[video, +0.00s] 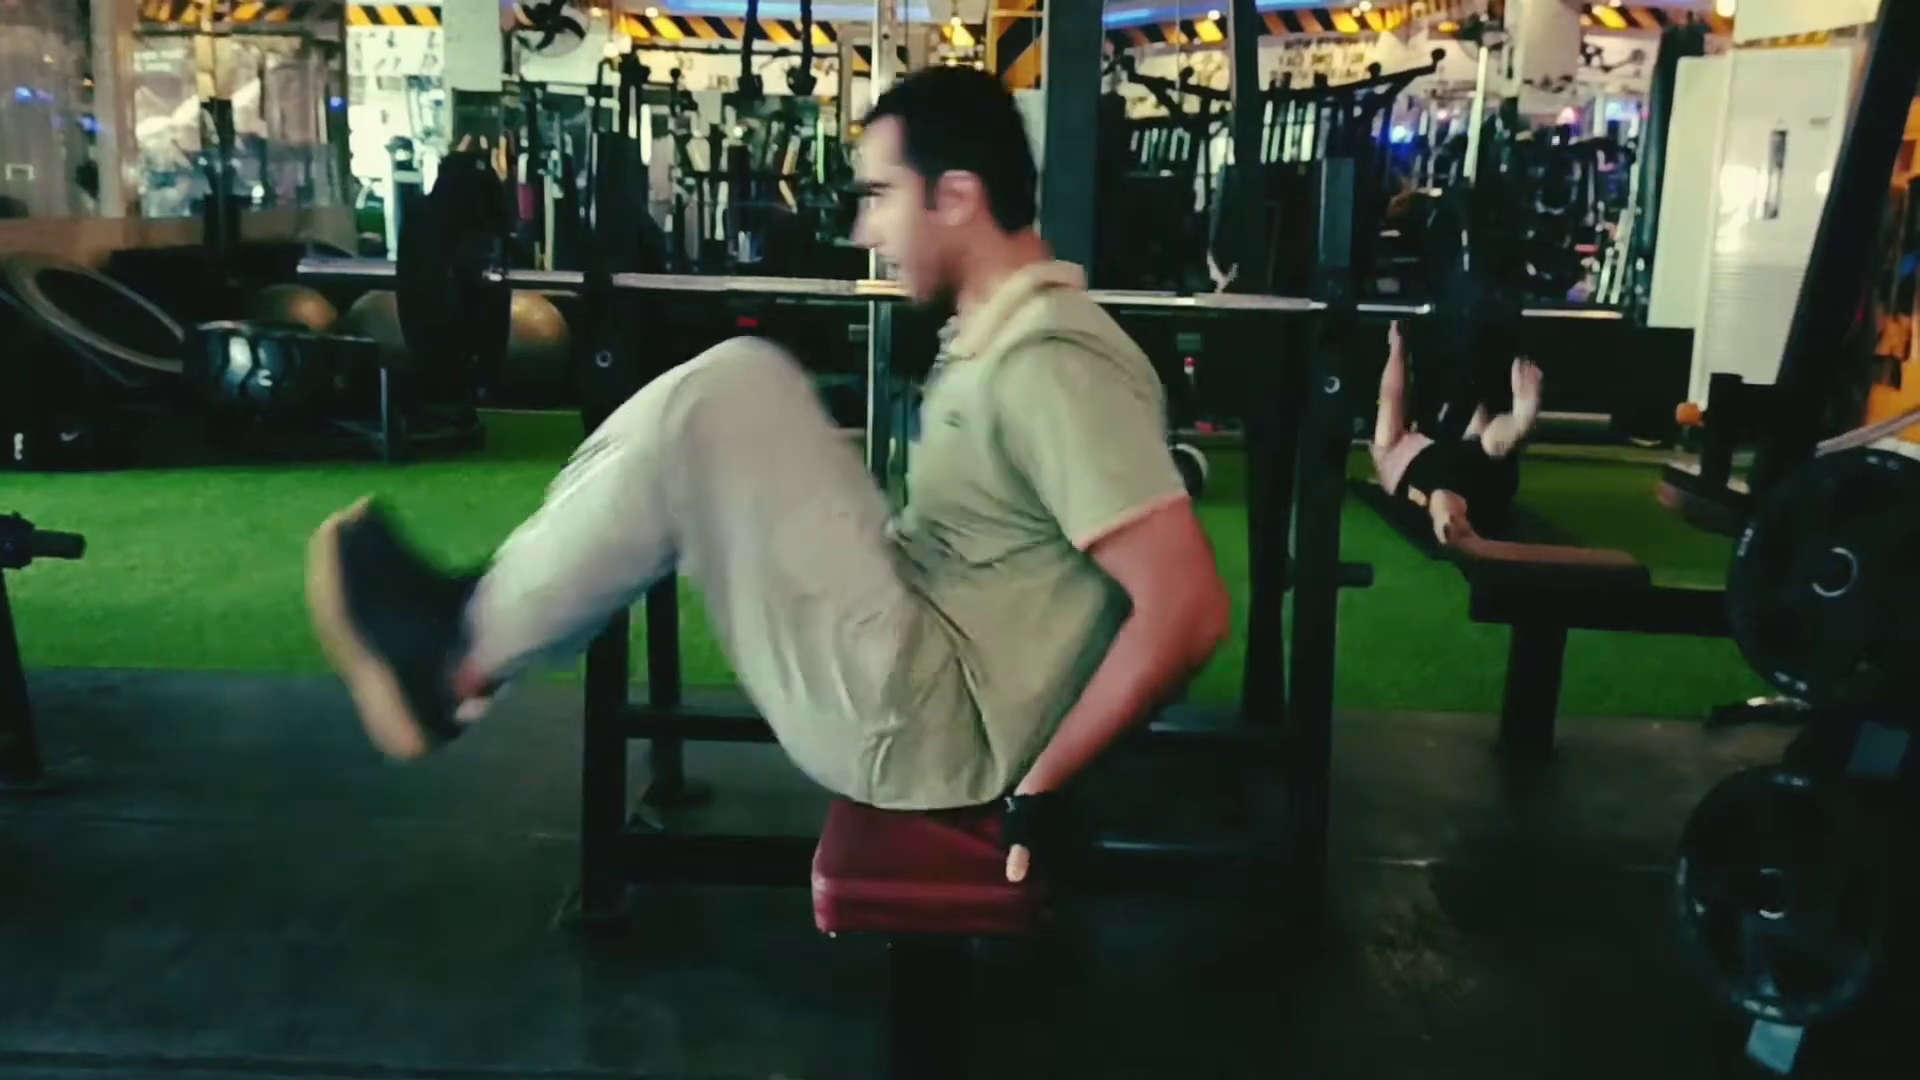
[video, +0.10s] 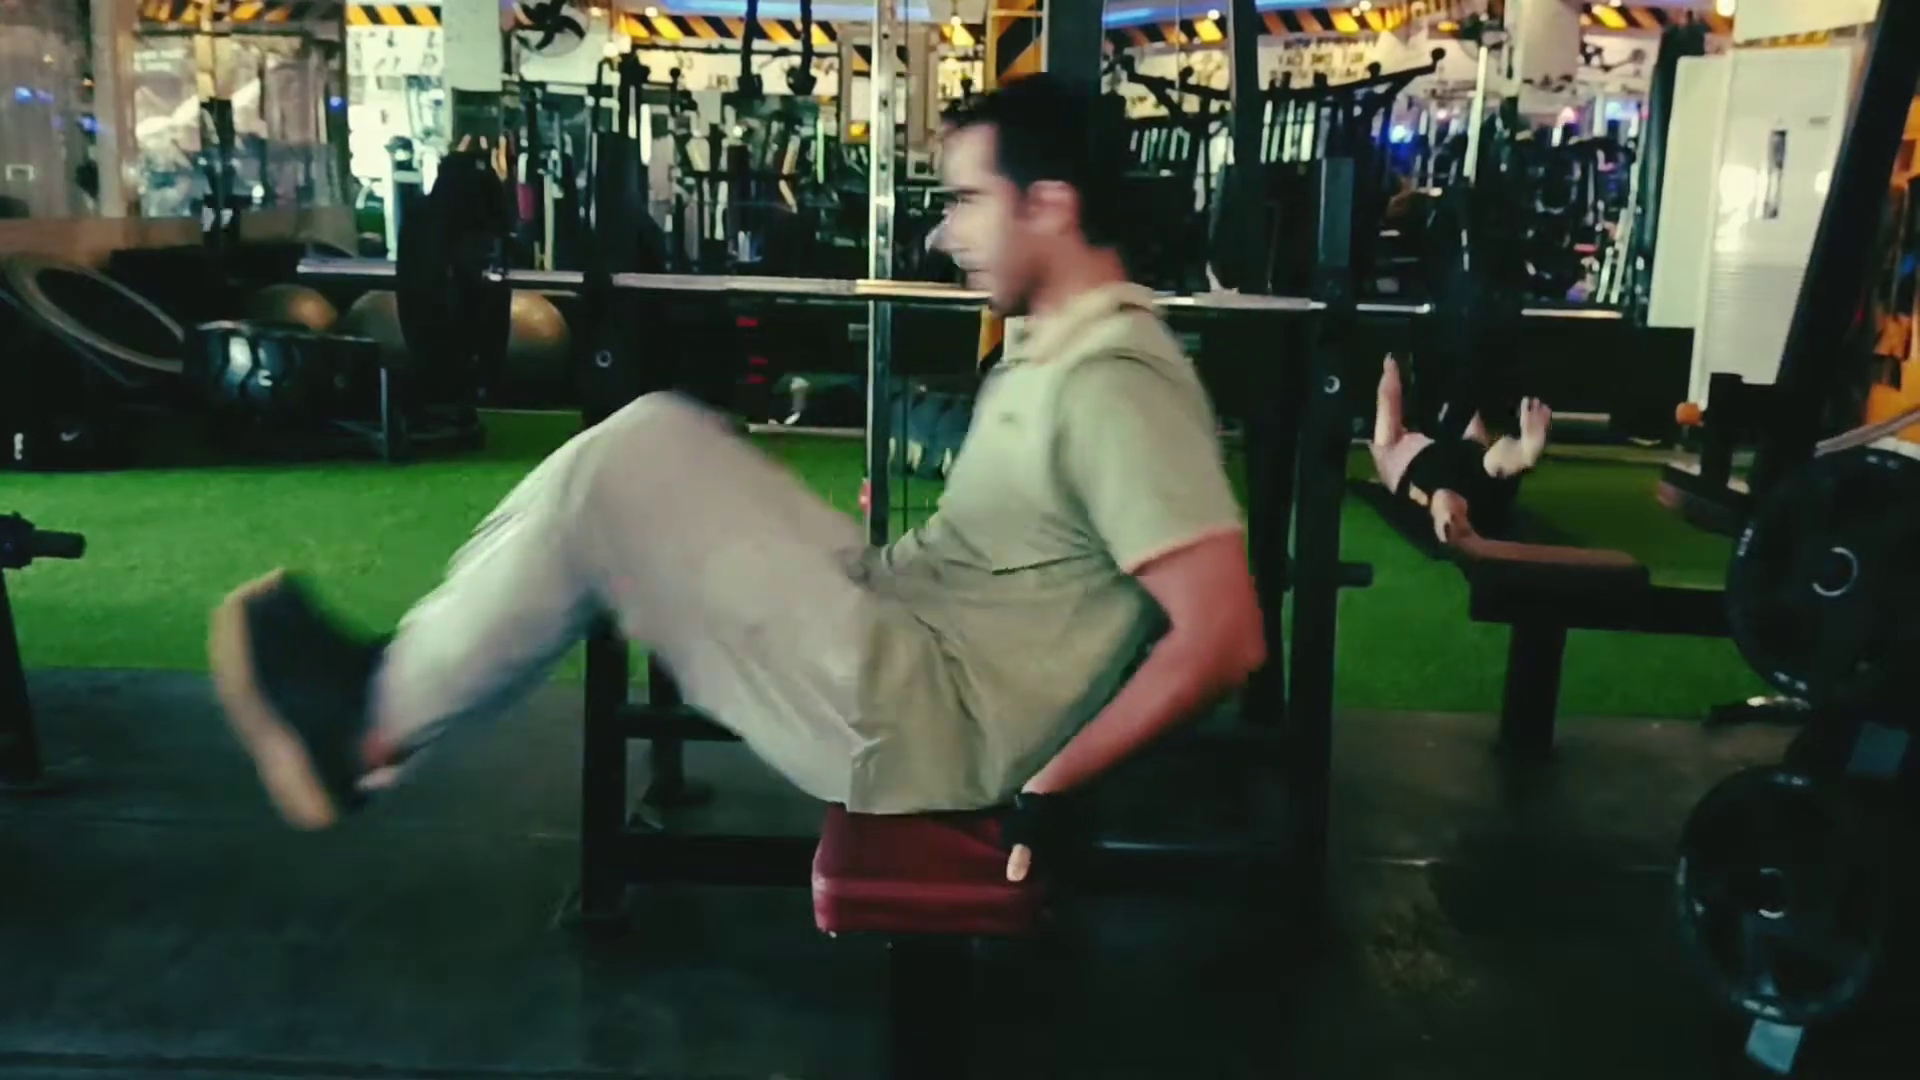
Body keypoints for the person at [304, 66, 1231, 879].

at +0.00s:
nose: (862, 232)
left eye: (876, 198)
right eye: (862, 201)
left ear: (958, 199)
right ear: (959, 200)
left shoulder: (1050, 354)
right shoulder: (1002, 337)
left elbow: (1184, 609)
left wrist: (1029, 790)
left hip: (936, 728)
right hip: (911, 698)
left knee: (734, 389)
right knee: (719, 389)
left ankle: (460, 665)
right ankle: (463, 637)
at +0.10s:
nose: (946, 232)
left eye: (963, 201)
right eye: (948, 204)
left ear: (1056, 207)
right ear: (1048, 210)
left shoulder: (1114, 373)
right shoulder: (1062, 347)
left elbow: (1221, 635)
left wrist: (1035, 785)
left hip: (934, 723)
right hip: (907, 661)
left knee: (633, 463)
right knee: (653, 436)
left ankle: (360, 738)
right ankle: (383, 699)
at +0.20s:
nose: (1044, 254)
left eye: (1063, 224)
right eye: (1044, 225)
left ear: (1150, 235)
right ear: (1132, 236)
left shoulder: (1179, 406)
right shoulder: (1126, 368)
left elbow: (1253, 670)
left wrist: (1058, 788)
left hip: (924, 706)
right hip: (896, 640)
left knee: (568, 552)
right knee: (578, 534)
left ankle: (262, 798)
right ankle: (292, 752)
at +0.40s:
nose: (1126, 267)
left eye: (1151, 241)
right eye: (1131, 241)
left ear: (1239, 264)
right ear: (1224, 269)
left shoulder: (1236, 416)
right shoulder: (1187, 393)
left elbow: (1267, 697)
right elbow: (1198, 644)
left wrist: (1058, 793)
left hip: (923, 702)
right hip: (891, 628)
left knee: (546, 657)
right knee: (574, 597)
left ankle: (235, 863)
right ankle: (284, 810)